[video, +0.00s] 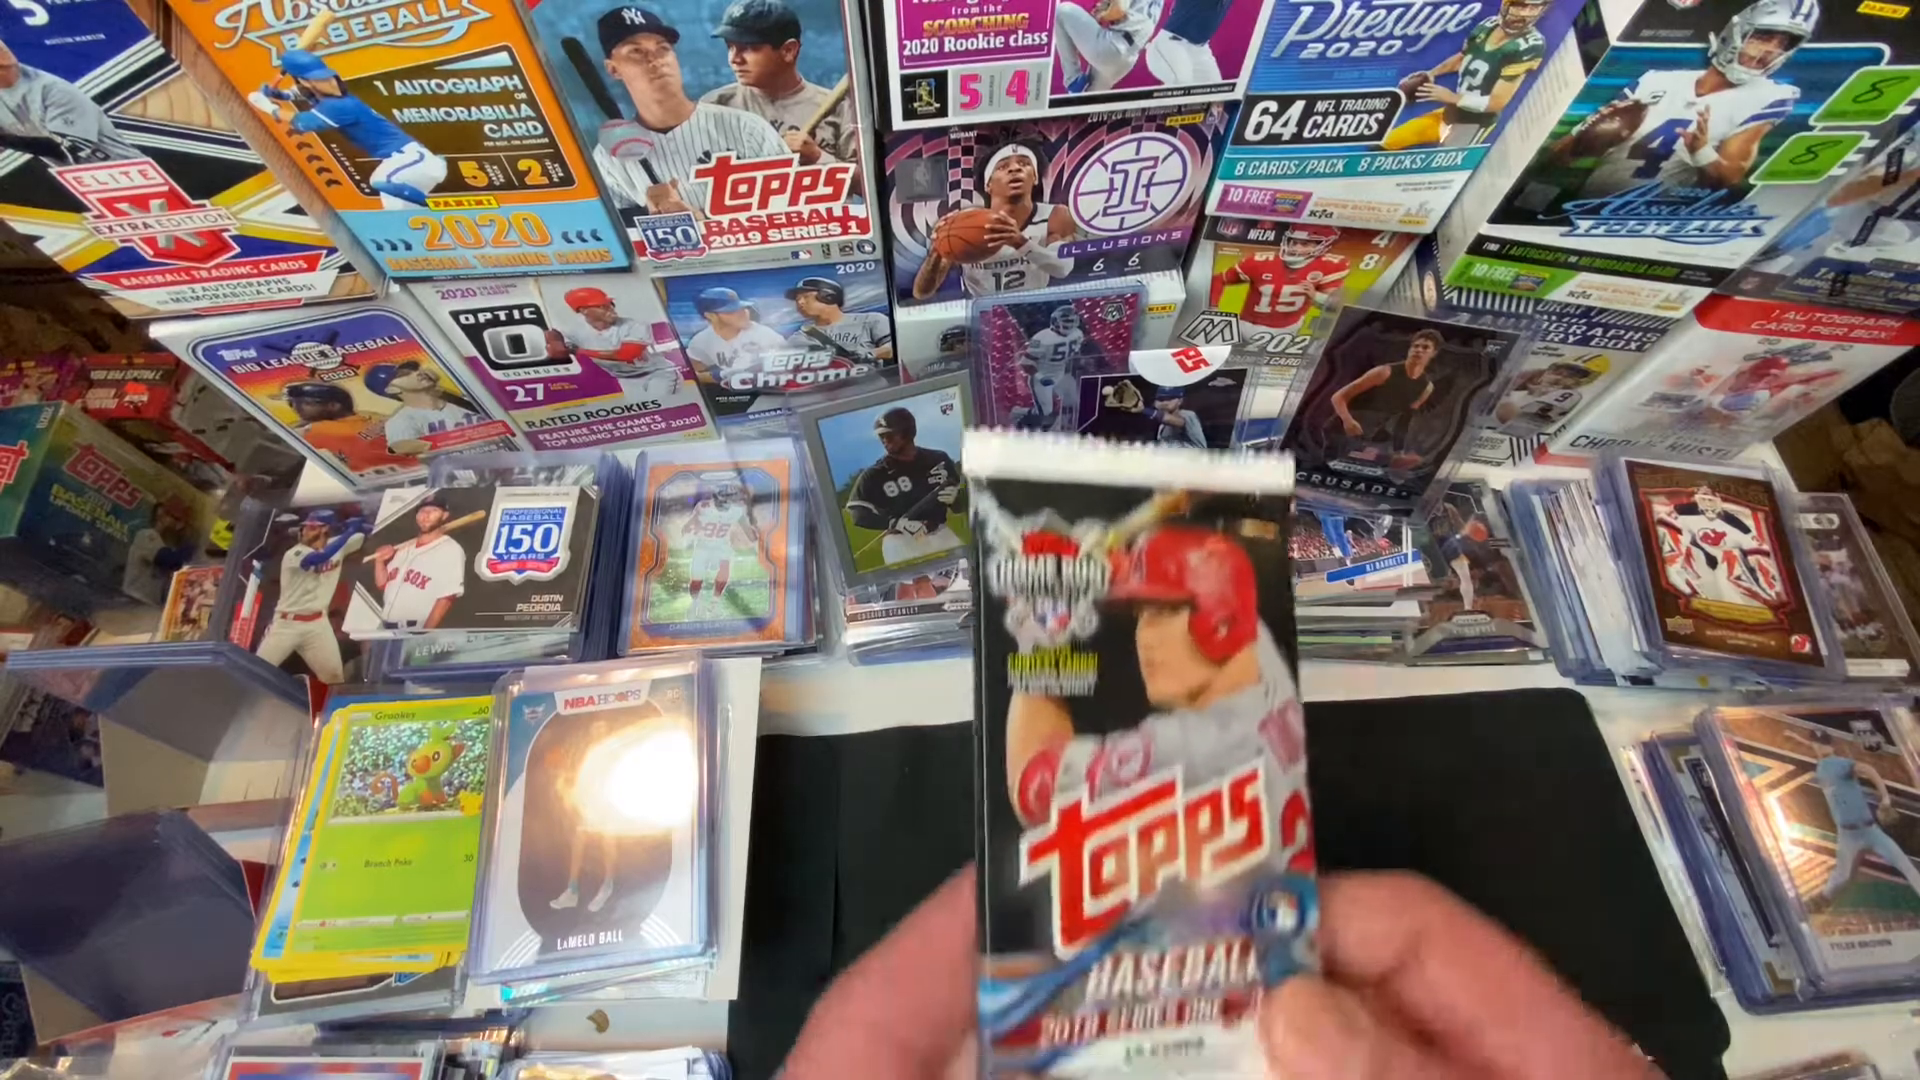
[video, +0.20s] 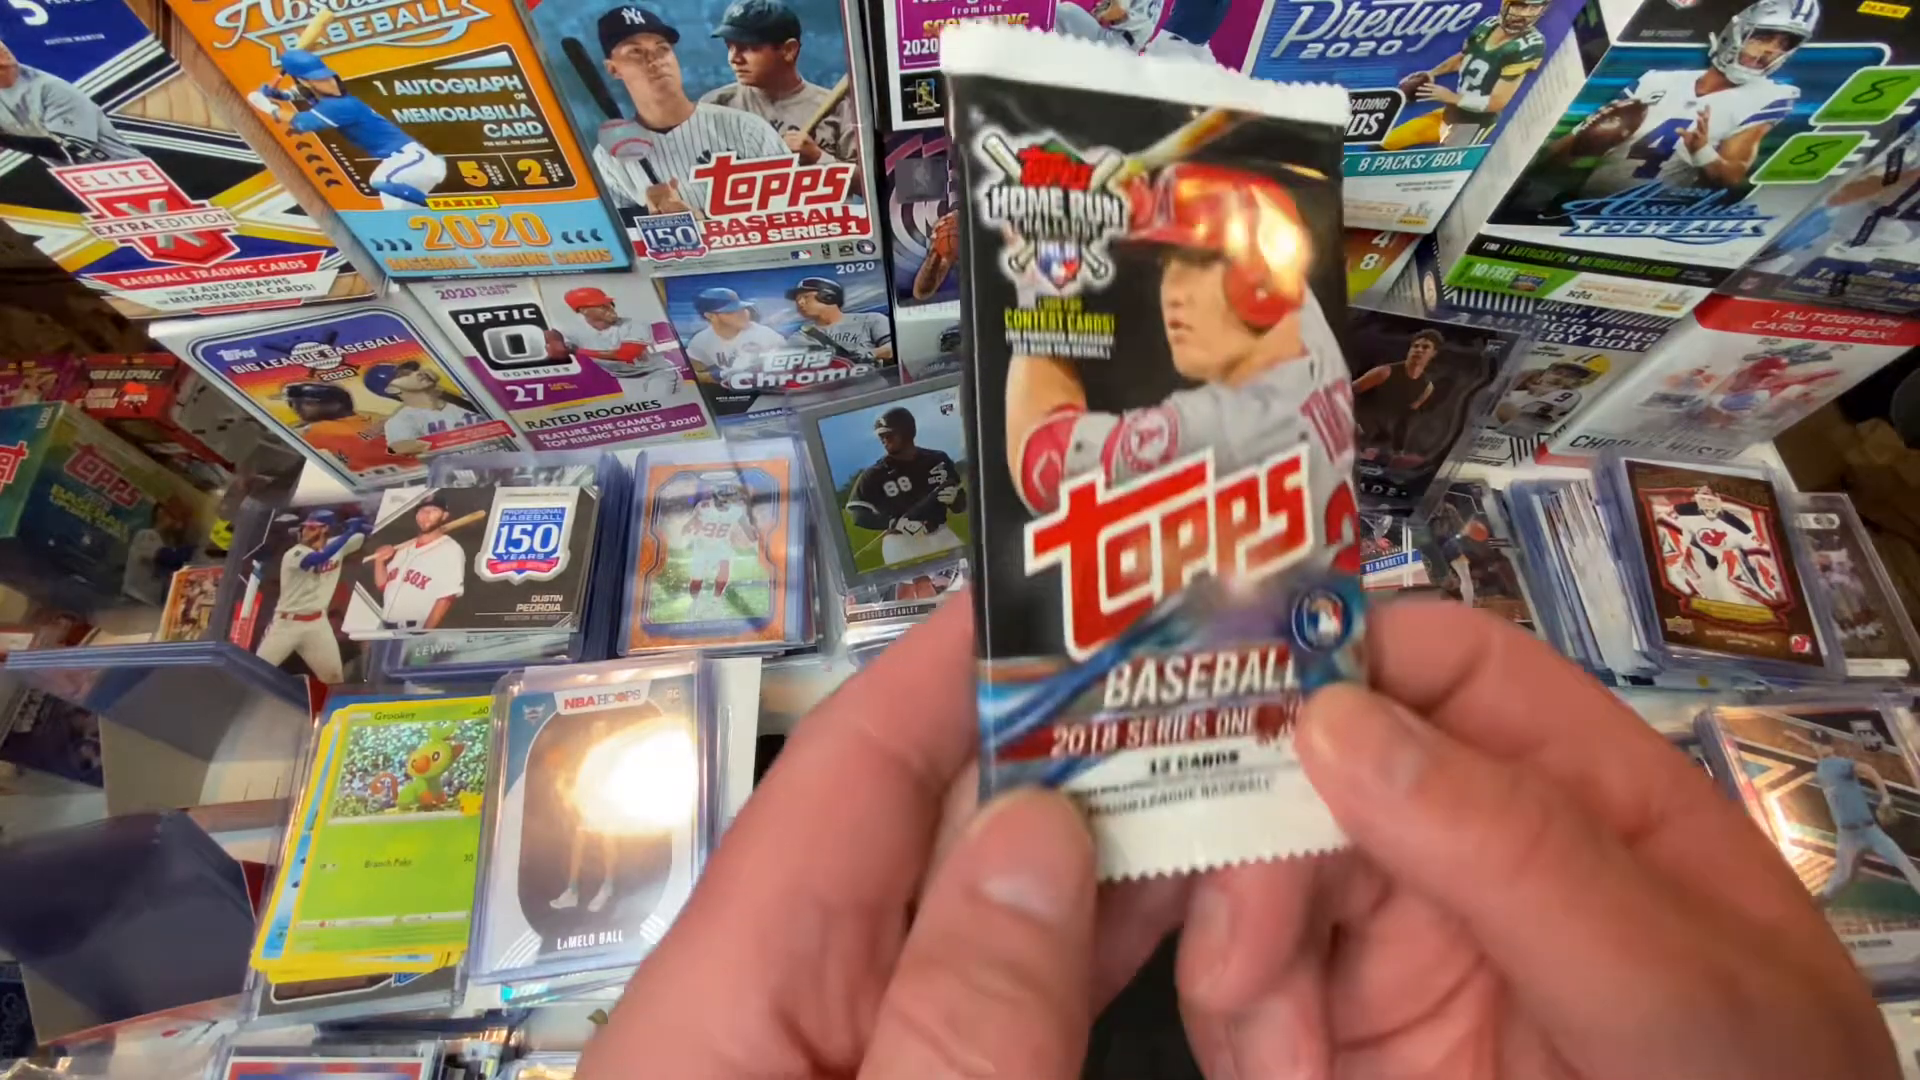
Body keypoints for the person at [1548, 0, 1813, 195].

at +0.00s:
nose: (1769, 51)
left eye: (1782, 46)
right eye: (1764, 37)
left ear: (1787, 57)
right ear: (1737, 33)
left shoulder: (1765, 99)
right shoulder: (1656, 82)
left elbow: (1732, 178)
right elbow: (1556, 157)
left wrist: (1702, 153)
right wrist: (1583, 137)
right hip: (1593, 207)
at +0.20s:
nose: (1770, 52)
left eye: (1783, 45)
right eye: (1764, 37)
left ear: (1789, 56)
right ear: (1738, 32)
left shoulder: (1764, 99)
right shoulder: (1657, 83)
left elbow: (1735, 176)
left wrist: (1703, 153)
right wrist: (1583, 140)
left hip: (1662, 224)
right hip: (1593, 206)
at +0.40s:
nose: (1771, 52)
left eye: (1784, 46)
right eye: (1765, 37)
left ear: (1789, 56)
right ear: (1739, 32)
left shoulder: (1764, 99)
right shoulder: (1658, 82)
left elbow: (1735, 175)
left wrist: (1702, 154)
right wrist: (1583, 140)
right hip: (1594, 204)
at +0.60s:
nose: (1770, 52)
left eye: (1783, 46)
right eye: (1764, 37)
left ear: (1789, 57)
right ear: (1738, 32)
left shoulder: (1763, 101)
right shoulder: (1659, 82)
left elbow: (1735, 176)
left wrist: (1701, 153)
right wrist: (1581, 140)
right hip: (1595, 202)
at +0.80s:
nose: (1770, 52)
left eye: (1783, 46)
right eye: (1764, 37)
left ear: (1789, 56)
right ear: (1738, 33)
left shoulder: (1764, 100)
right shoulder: (1658, 82)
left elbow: (1734, 176)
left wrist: (1701, 153)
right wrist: (1582, 139)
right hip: (1594, 203)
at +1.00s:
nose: (1770, 51)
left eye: (1784, 45)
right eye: (1764, 37)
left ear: (1789, 56)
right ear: (1738, 33)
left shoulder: (1761, 101)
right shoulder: (1658, 83)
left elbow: (1735, 176)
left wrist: (1702, 154)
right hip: (1593, 207)